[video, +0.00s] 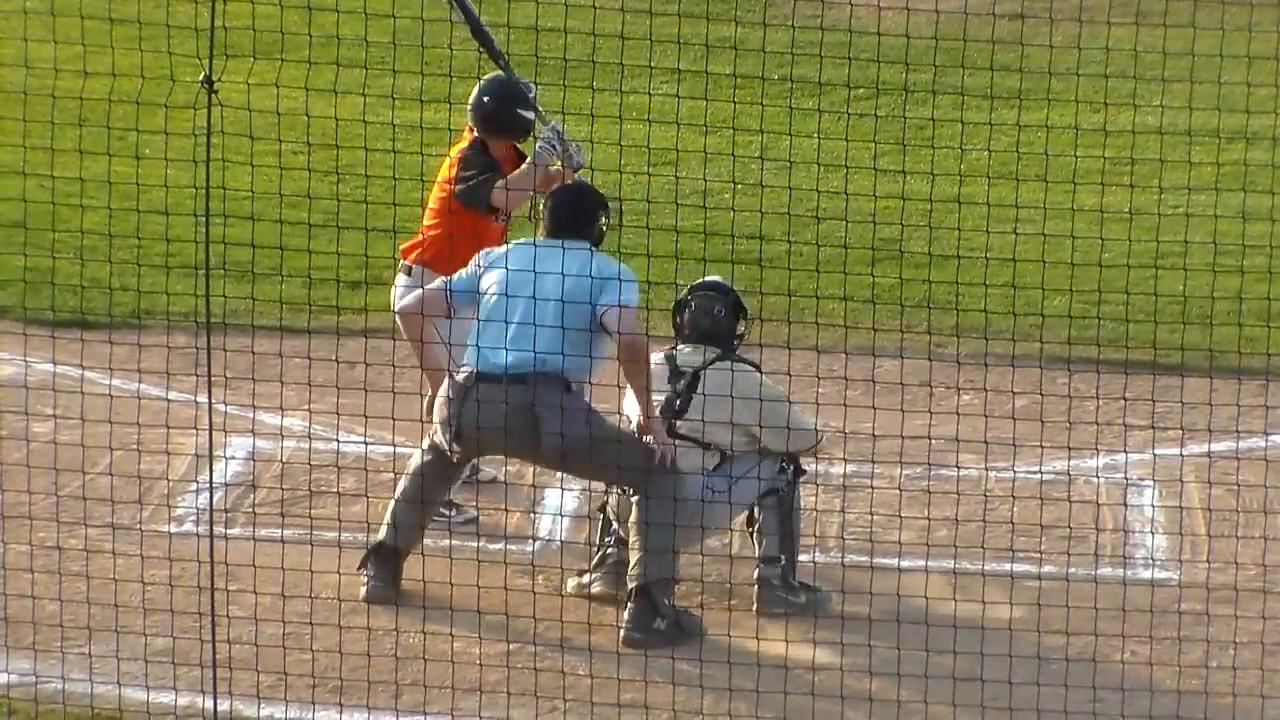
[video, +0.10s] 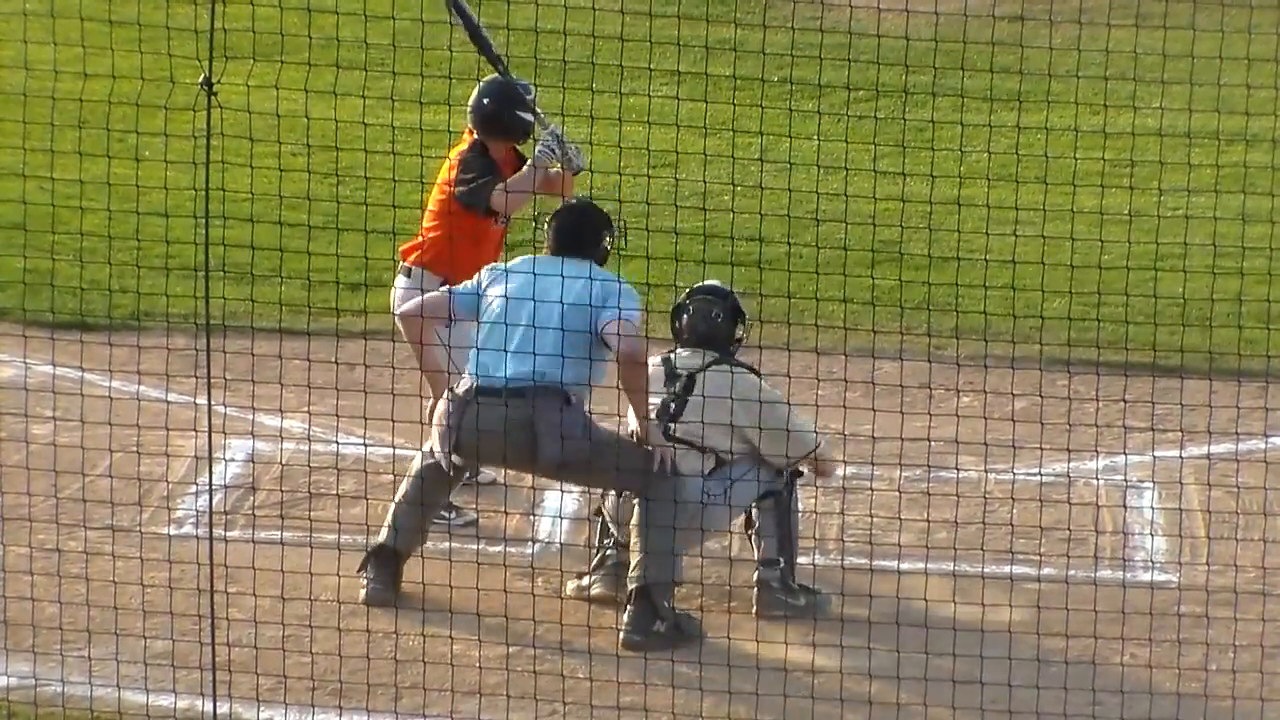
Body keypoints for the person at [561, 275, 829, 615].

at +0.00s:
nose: (738, 329)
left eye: (734, 320)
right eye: (736, 322)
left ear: (679, 324)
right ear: (731, 328)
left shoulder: (649, 368)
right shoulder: (742, 378)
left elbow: (625, 426)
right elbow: (805, 439)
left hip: (634, 504)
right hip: (692, 511)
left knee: (626, 451)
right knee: (781, 466)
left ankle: (607, 567)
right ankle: (777, 583)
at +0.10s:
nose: (739, 331)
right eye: (736, 324)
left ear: (679, 326)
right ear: (731, 331)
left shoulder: (649, 370)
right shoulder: (741, 383)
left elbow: (630, 430)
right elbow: (808, 449)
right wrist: (821, 464)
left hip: (634, 506)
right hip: (694, 510)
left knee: (626, 454)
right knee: (778, 471)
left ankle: (605, 569)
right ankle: (776, 585)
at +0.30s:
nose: (734, 336)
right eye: (731, 330)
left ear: (674, 332)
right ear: (726, 335)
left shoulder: (645, 375)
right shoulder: (733, 388)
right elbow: (783, 461)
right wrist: (823, 513)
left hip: (623, 514)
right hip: (679, 521)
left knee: (615, 452)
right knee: (768, 471)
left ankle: (605, 571)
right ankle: (775, 587)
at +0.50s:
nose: (731, 344)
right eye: (727, 337)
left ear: (669, 339)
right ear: (721, 343)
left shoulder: (642, 381)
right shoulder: (729, 394)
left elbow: (617, 446)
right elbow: (754, 471)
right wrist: (788, 536)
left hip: (627, 506)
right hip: (686, 512)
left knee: (615, 464)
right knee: (769, 470)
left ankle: (605, 576)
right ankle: (774, 592)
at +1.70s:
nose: (745, 357)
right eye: (743, 349)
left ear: (688, 346)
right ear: (736, 354)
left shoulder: (665, 384)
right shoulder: (725, 398)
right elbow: (728, 495)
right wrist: (776, 545)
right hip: (686, 510)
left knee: (618, 469)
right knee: (768, 474)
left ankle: (607, 574)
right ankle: (775, 592)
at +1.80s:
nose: (772, 364)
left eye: (772, 354)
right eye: (768, 354)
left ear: (718, 350)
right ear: (751, 359)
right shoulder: (723, 397)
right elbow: (710, 495)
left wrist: (829, 497)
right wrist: (763, 514)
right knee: (767, 470)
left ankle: (612, 568)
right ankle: (773, 593)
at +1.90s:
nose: (786, 366)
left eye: (786, 357)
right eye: (781, 356)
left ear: (744, 349)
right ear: (756, 354)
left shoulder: (743, 382)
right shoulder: (718, 389)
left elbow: (824, 417)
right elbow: (682, 465)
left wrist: (893, 457)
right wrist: (751, 479)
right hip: (670, 515)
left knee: (716, 585)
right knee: (783, 459)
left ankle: (622, 577)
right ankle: (778, 594)